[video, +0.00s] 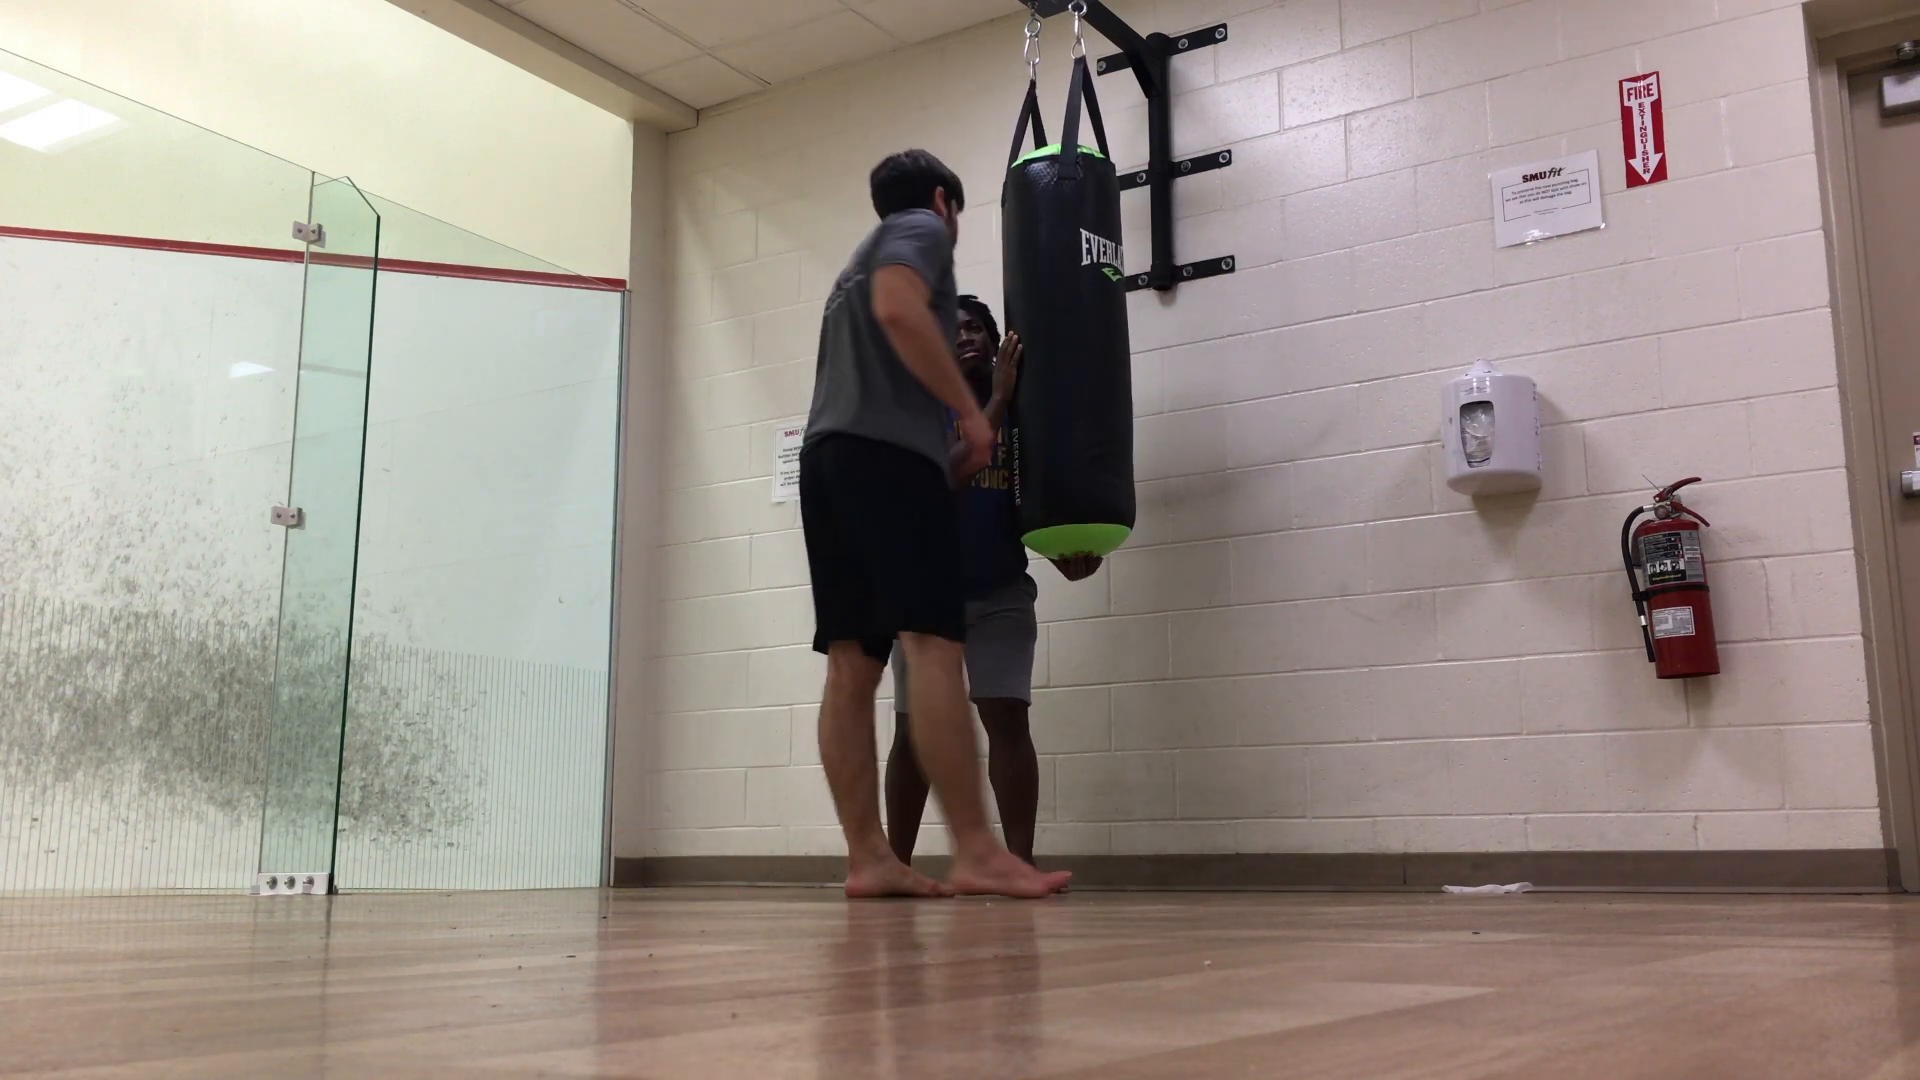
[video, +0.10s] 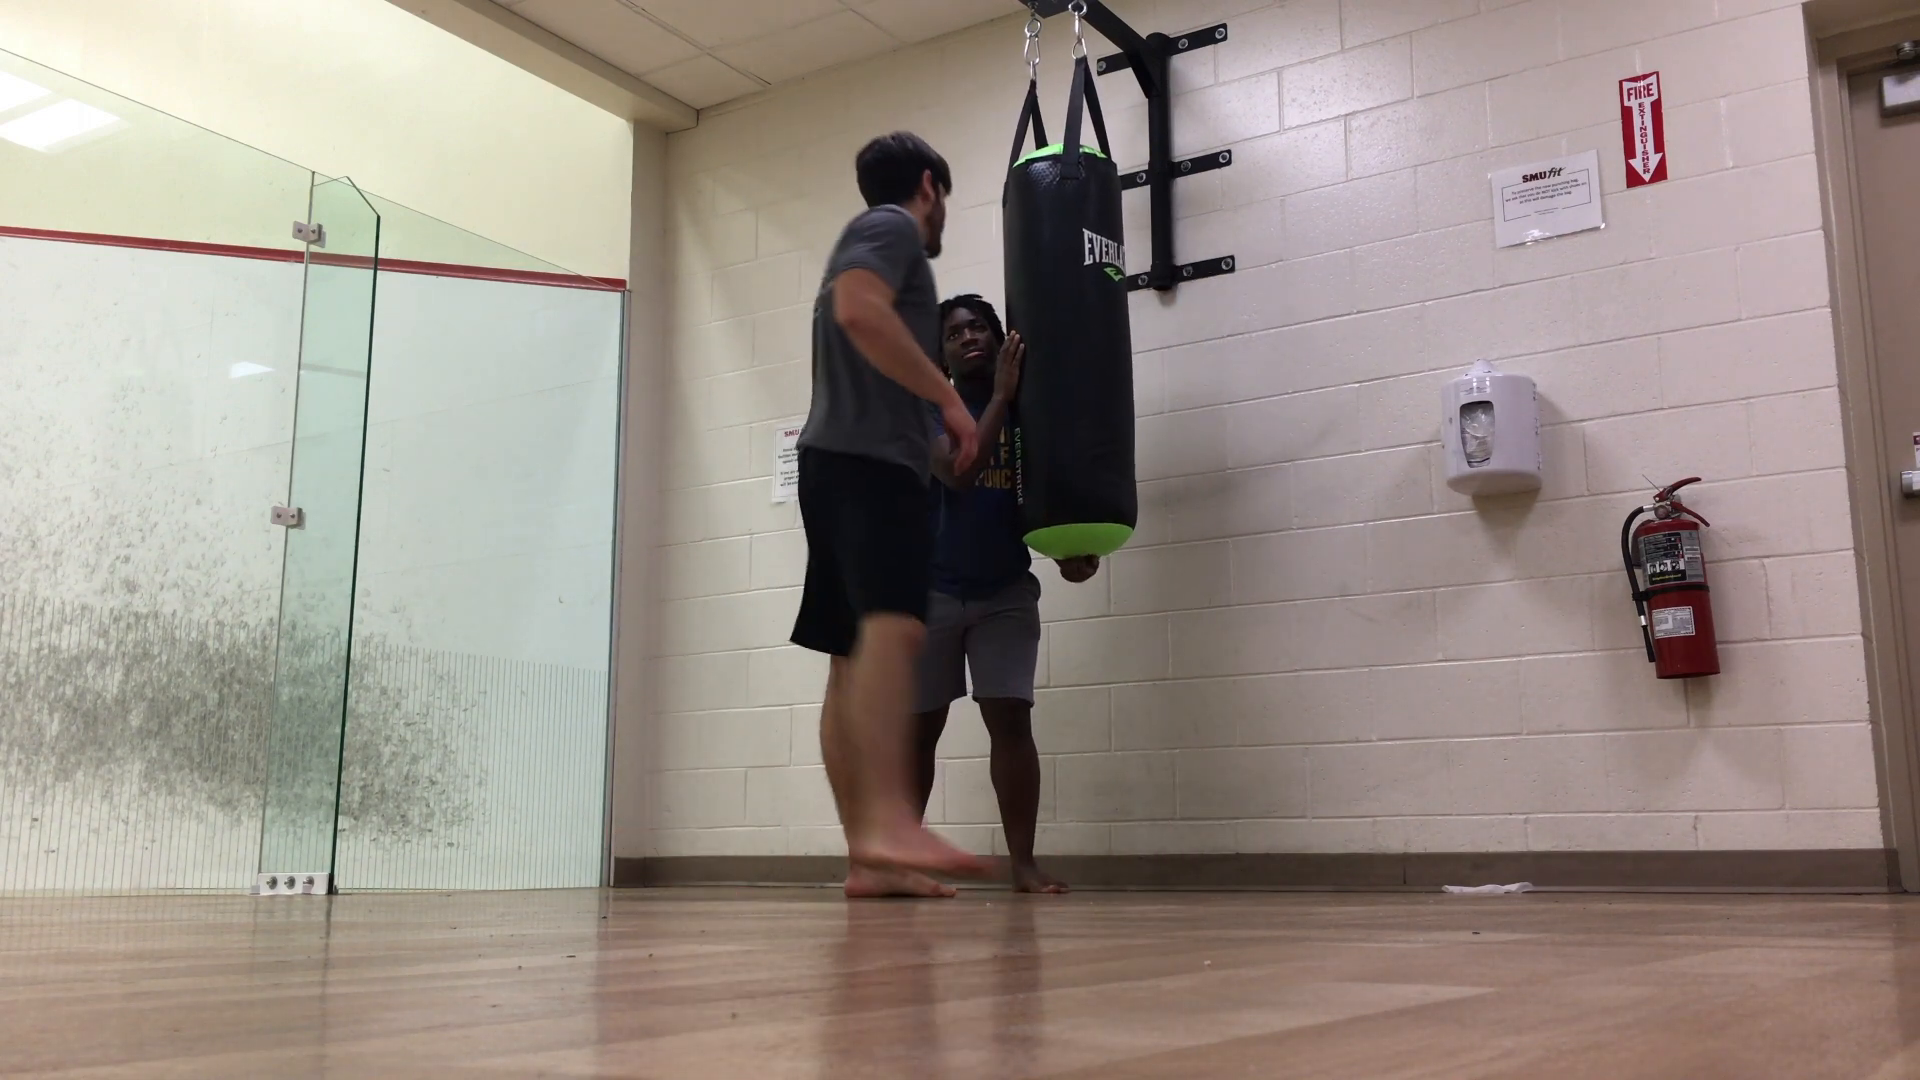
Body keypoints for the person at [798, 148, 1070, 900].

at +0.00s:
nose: (957, 224)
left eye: (955, 214)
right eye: (957, 212)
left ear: (884, 205)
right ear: (942, 201)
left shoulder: (857, 266)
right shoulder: (922, 224)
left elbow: (863, 395)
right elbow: (897, 306)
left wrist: (943, 447)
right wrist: (968, 408)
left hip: (830, 465)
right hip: (890, 462)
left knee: (851, 663)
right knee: (935, 650)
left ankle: (871, 860)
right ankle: (980, 852)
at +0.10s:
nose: (945, 214)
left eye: (946, 201)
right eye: (945, 198)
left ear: (879, 189)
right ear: (927, 186)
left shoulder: (860, 243)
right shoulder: (893, 226)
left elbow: (856, 388)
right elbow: (857, 306)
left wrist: (932, 449)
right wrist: (945, 395)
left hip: (845, 465)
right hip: (869, 461)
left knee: (853, 657)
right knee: (893, 629)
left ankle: (870, 854)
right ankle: (894, 826)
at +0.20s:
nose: (933, 197)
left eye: (932, 183)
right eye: (931, 182)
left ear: (865, 172)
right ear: (914, 171)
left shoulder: (878, 253)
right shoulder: (856, 219)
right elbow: (828, 308)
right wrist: (940, 368)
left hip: (876, 463)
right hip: (846, 450)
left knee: (863, 665)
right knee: (847, 589)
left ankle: (871, 857)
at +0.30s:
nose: (914, 184)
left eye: (914, 169)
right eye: (914, 167)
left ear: (863, 158)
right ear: (895, 156)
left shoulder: (863, 243)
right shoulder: (823, 207)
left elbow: (849, 336)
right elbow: (799, 303)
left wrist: (929, 334)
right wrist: (917, 334)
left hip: (864, 461)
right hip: (820, 443)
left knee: (860, 662)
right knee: (788, 590)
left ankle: (872, 858)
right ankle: (675, 786)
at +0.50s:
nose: (891, 175)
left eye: (892, 162)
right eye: (890, 158)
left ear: (838, 145)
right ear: (867, 141)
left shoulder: (840, 242)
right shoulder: (786, 176)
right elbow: (751, 274)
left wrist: (861, 336)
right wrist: (866, 321)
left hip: (826, 466)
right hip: (760, 447)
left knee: (864, 642)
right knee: (713, 626)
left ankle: (882, 840)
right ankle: (610, 834)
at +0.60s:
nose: (886, 137)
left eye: (885, 123)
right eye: (884, 119)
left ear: (840, 111)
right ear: (863, 106)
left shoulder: (849, 222)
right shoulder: (780, 143)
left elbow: (824, 356)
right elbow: (753, 249)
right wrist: (856, 343)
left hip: (826, 430)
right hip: (765, 407)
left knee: (870, 613)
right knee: (746, 586)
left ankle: (873, 818)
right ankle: (639, 807)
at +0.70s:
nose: (885, 143)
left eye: (882, 128)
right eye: (882, 126)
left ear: (835, 120)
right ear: (859, 116)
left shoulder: (838, 227)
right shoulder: (784, 155)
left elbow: (840, 375)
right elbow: (763, 226)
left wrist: (933, 397)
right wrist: (903, 264)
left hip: (832, 436)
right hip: (770, 418)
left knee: (890, 625)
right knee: (749, 604)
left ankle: (851, 832)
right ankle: (641, 826)